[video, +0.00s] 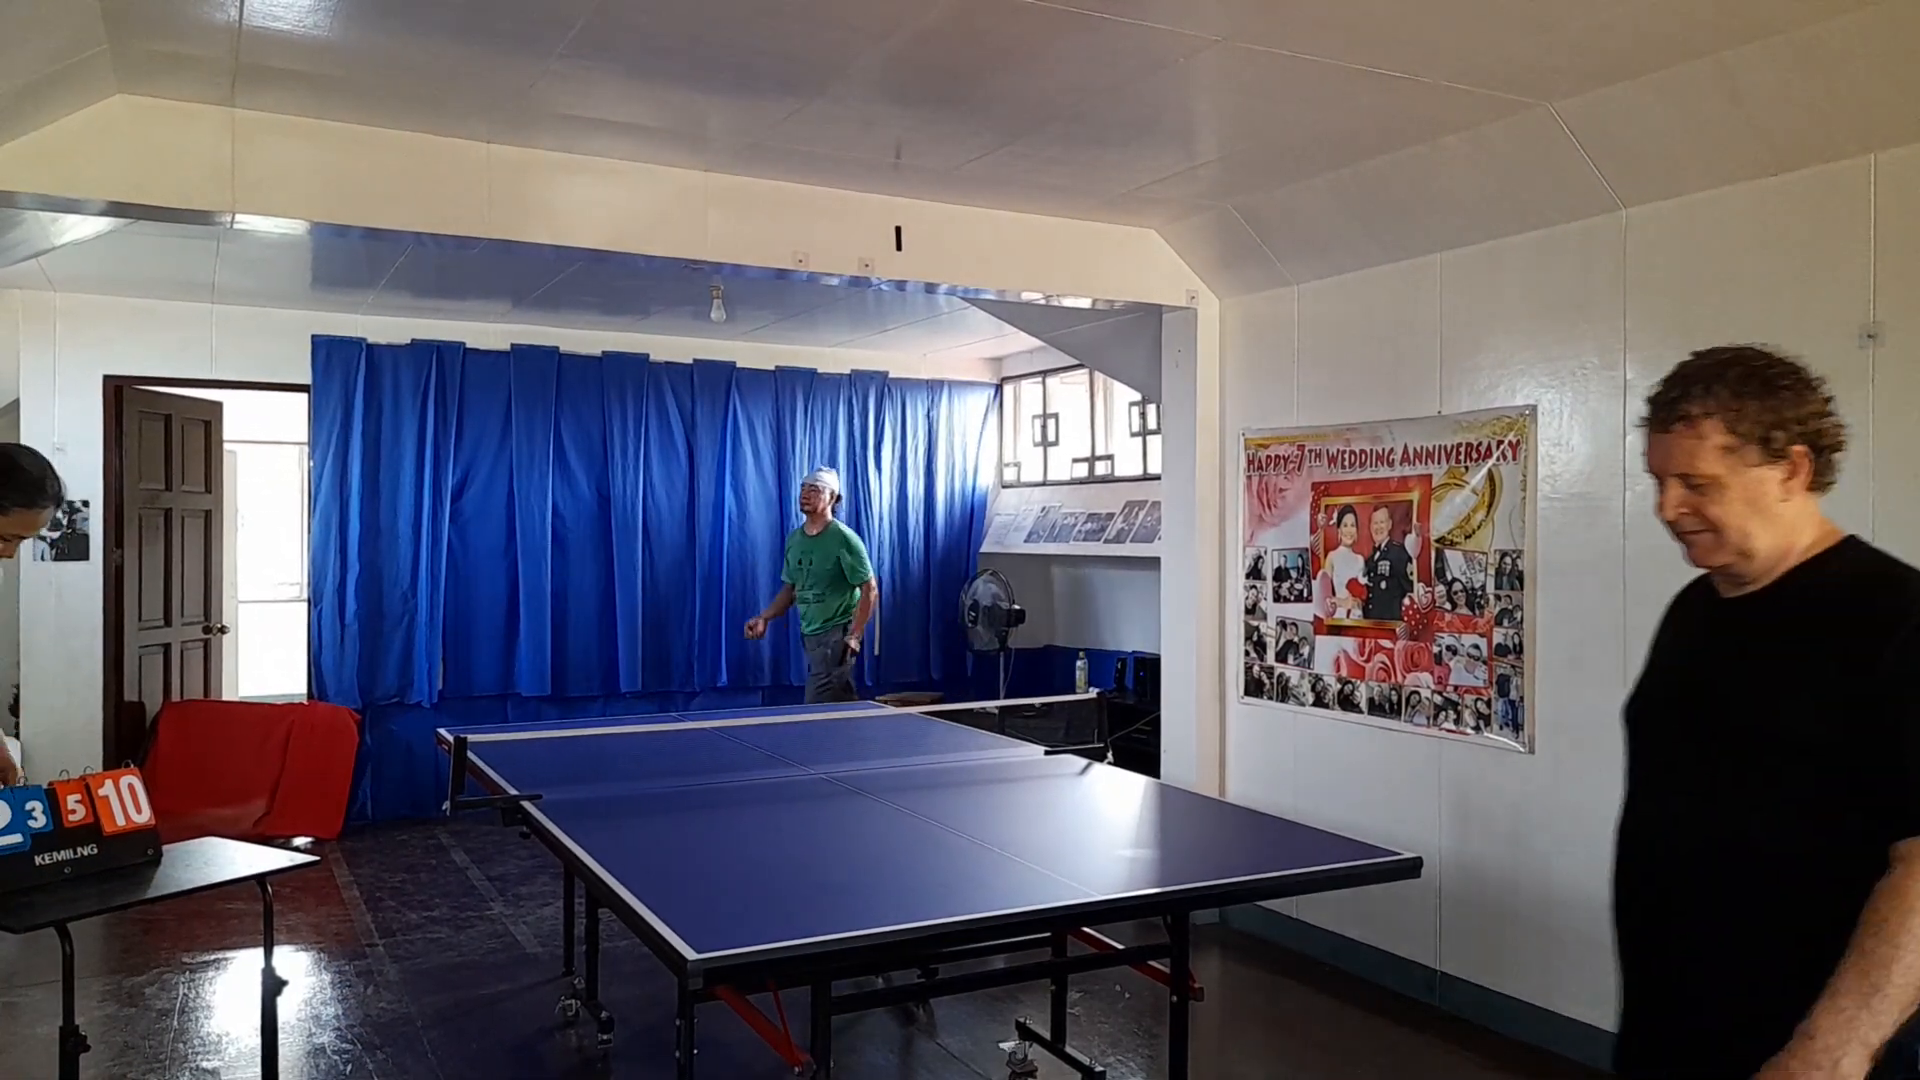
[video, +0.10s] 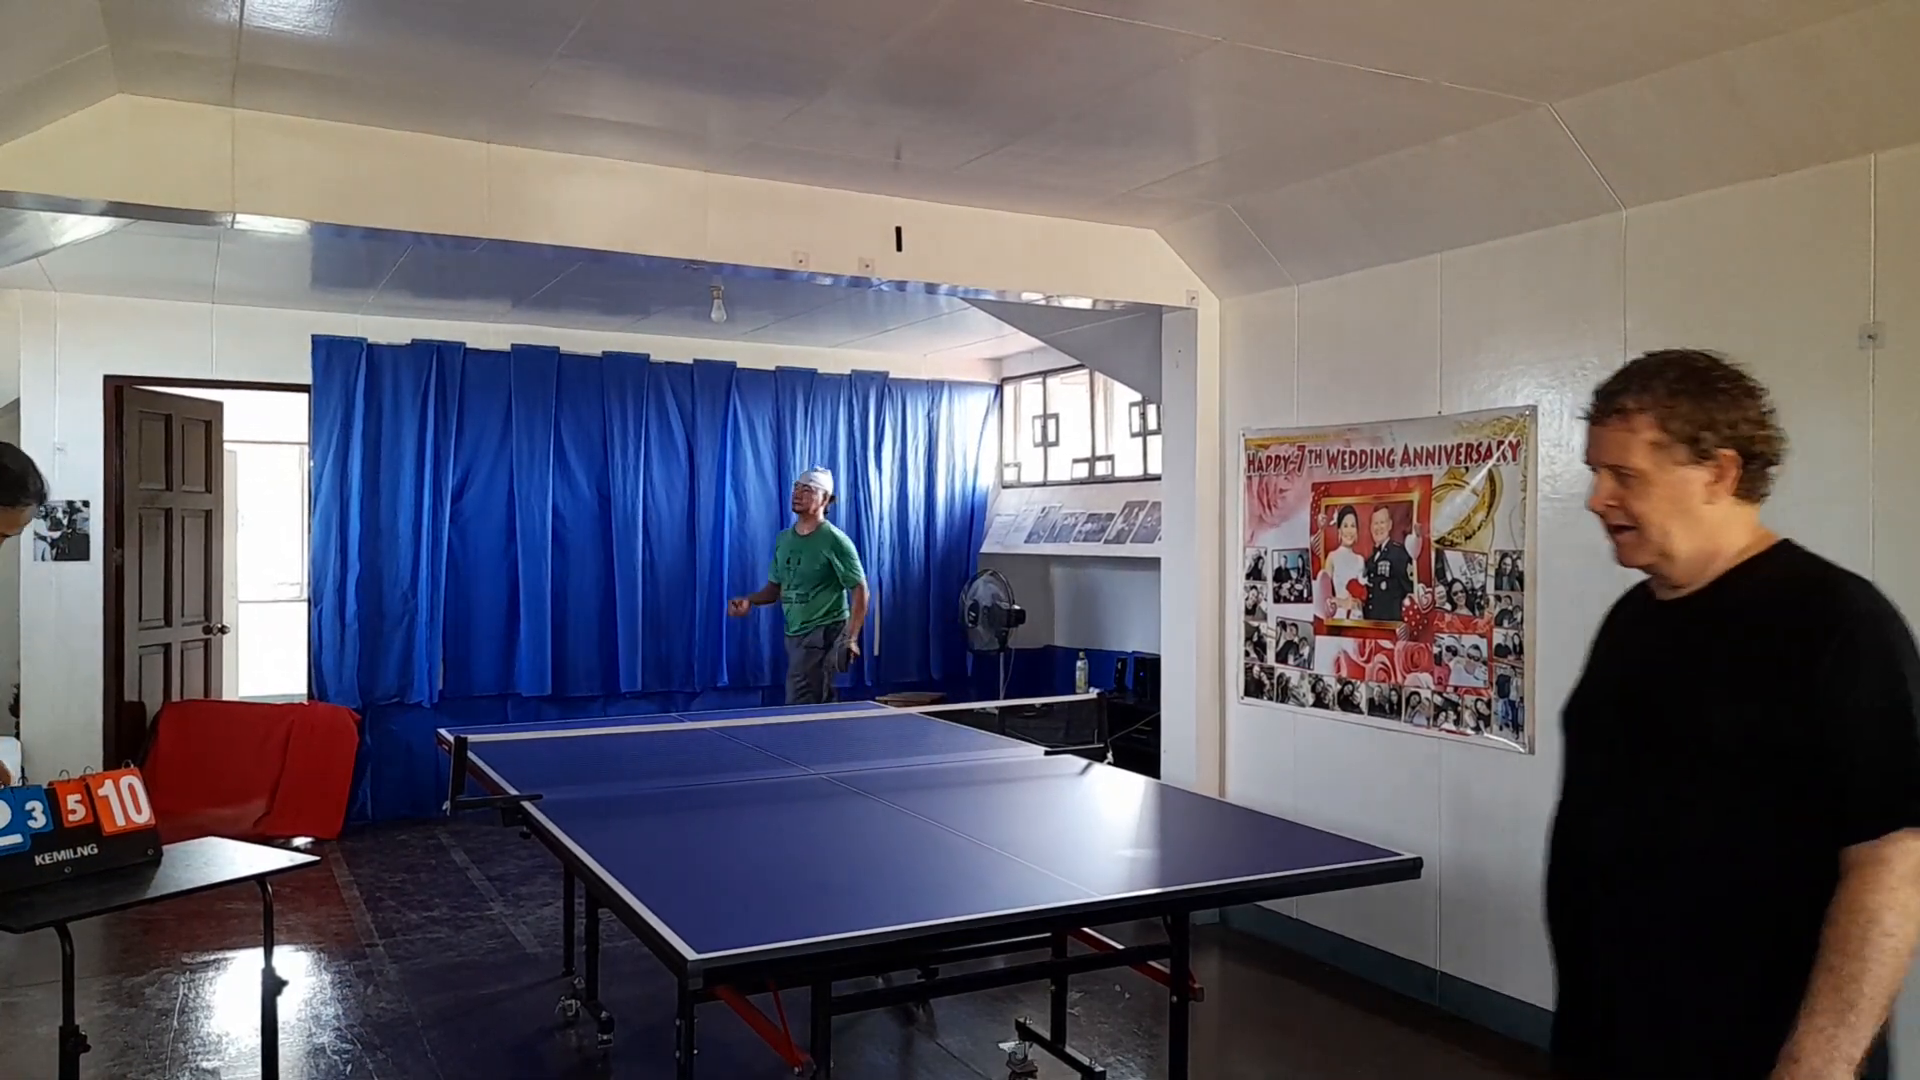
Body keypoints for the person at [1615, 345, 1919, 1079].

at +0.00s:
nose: (1666, 508)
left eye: (1696, 484)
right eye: (1660, 481)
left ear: (1791, 473)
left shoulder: (1897, 613)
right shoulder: (1693, 610)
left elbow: (1918, 862)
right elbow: (1674, 825)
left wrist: (1827, 1056)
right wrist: (1651, 1011)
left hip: (1806, 1050)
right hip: (1669, 1026)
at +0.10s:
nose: (1599, 501)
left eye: (1623, 477)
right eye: (1597, 475)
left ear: (1719, 473)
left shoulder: (1844, 623)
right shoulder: (1632, 620)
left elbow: (1892, 864)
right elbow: (1604, 831)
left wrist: (1812, 1068)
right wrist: (1586, 1021)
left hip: (1761, 1049)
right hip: (1613, 1031)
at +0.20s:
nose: (1532, 487)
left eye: (1554, 464)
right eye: (1536, 463)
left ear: (1644, 470)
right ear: (1641, 471)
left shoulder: (1784, 620)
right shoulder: (1567, 622)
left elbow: (1842, 860)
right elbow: (1544, 833)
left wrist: (1821, 1067)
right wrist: (1531, 1019)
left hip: (1708, 1043)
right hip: (1551, 1029)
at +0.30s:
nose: (1478, 483)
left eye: (1498, 460)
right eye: (1480, 459)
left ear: (1584, 467)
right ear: (1579, 470)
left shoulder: (1732, 622)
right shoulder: (1515, 619)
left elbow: (1805, 861)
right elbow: (1480, 825)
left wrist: (1824, 1063)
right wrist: (1429, 980)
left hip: (1658, 1048)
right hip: (1497, 1036)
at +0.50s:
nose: (1386, 475)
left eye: (1403, 450)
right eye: (1390, 452)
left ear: (1485, 457)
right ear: (1476, 460)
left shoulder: (1637, 616)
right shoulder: (1426, 619)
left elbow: (1737, 844)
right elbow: (1369, 783)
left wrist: (1767, 1060)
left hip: (1571, 1048)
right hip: (1417, 1036)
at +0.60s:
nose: (1339, 477)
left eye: (1355, 454)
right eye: (1343, 455)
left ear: (1432, 461)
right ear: (1425, 462)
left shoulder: (1587, 620)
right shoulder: (1387, 622)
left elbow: (1688, 852)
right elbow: (1304, 772)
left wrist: (1710, 1063)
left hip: (1532, 1047)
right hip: (1377, 1038)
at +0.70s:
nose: (1298, 484)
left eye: (1312, 457)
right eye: (1301, 459)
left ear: (1386, 461)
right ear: (1376, 464)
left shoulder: (1535, 628)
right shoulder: (1344, 620)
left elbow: (1625, 870)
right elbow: (1245, 750)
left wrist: (1633, 1065)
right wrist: (1077, 741)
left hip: (1483, 1049)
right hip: (1329, 1039)